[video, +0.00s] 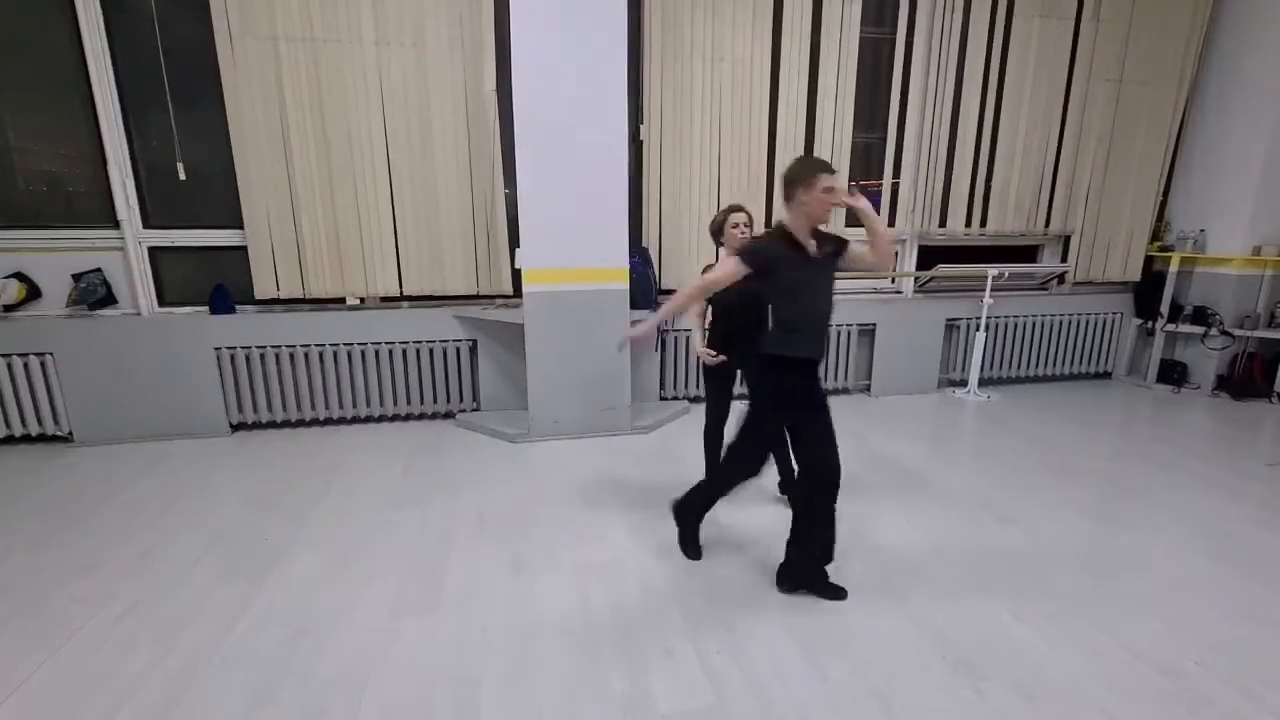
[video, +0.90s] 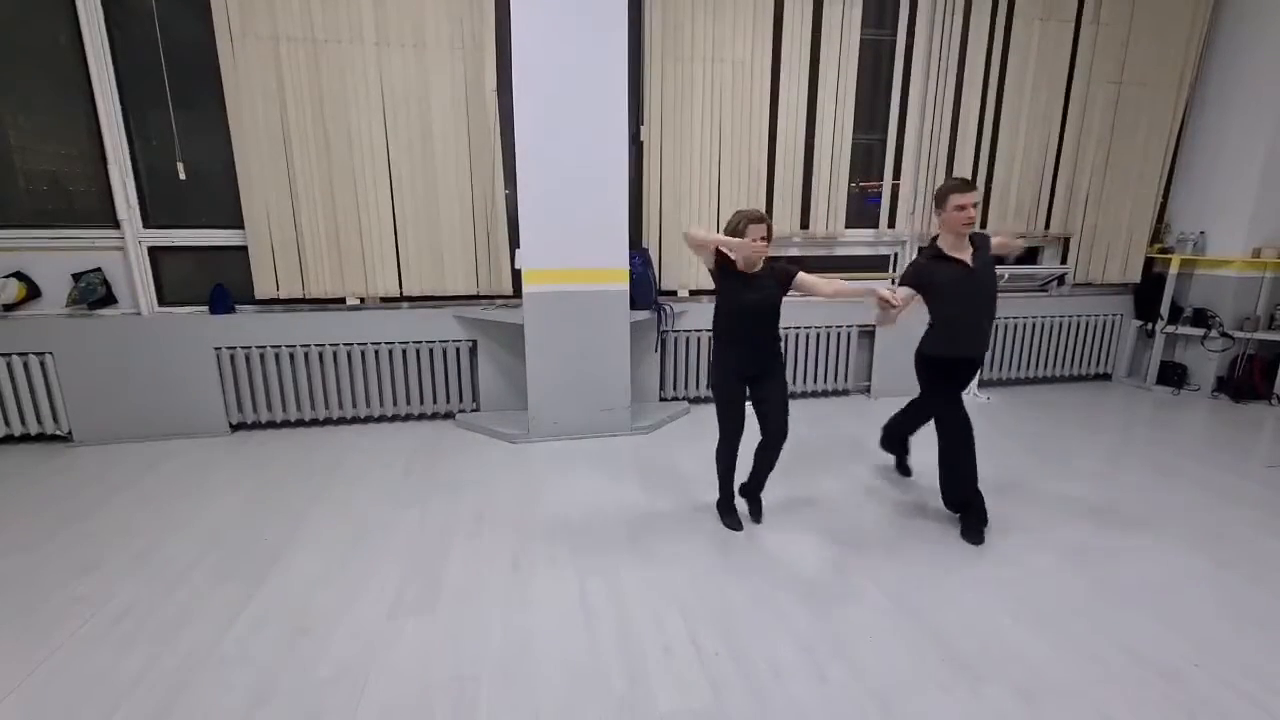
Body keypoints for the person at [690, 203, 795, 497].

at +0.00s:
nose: (742, 231)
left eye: (747, 226)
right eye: (735, 226)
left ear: (753, 232)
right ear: (721, 235)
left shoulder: (762, 267)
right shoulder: (711, 272)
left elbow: (778, 307)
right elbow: (699, 313)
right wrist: (699, 344)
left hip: (756, 348)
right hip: (720, 350)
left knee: (771, 416)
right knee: (715, 419)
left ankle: (788, 479)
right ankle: (713, 479)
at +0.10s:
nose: (755, 232)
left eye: (757, 227)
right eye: (747, 227)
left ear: (761, 233)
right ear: (730, 235)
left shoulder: (770, 265)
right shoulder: (716, 274)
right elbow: (703, 314)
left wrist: (847, 234)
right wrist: (710, 342)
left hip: (763, 354)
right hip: (725, 354)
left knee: (771, 423)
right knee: (717, 422)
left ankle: (783, 484)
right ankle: (711, 480)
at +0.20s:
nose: (766, 235)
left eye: (767, 229)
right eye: (758, 229)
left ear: (769, 235)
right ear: (740, 236)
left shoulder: (780, 269)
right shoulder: (729, 272)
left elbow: (817, 263)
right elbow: (727, 319)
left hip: (771, 357)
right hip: (736, 356)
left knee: (777, 425)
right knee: (725, 421)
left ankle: (782, 485)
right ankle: (713, 481)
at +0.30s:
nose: (775, 238)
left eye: (776, 233)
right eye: (770, 233)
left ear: (773, 235)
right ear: (751, 235)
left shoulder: (782, 267)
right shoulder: (741, 269)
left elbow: (808, 300)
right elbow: (773, 292)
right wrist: (769, 249)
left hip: (778, 357)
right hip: (746, 359)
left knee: (781, 426)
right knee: (738, 424)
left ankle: (783, 485)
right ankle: (713, 481)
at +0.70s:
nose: (762, 245)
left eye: (766, 238)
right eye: (755, 239)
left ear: (770, 238)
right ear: (737, 240)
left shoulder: (776, 273)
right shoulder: (729, 270)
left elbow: (818, 298)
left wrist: (864, 310)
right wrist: (799, 259)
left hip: (769, 361)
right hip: (738, 363)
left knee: (783, 427)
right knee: (741, 432)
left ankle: (777, 488)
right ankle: (724, 500)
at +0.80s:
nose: (760, 246)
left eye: (764, 239)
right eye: (752, 239)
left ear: (769, 241)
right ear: (735, 242)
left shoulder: (778, 273)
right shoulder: (724, 272)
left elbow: (826, 292)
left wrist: (871, 297)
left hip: (767, 363)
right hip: (731, 364)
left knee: (788, 429)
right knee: (734, 432)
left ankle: (765, 481)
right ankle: (724, 500)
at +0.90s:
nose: (764, 246)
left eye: (767, 239)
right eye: (757, 240)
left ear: (770, 240)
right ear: (737, 242)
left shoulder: (779, 272)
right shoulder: (722, 270)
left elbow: (827, 287)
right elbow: (692, 237)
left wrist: (874, 291)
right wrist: (731, 244)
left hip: (767, 364)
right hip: (728, 365)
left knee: (776, 433)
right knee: (731, 433)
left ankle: (752, 489)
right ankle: (725, 499)